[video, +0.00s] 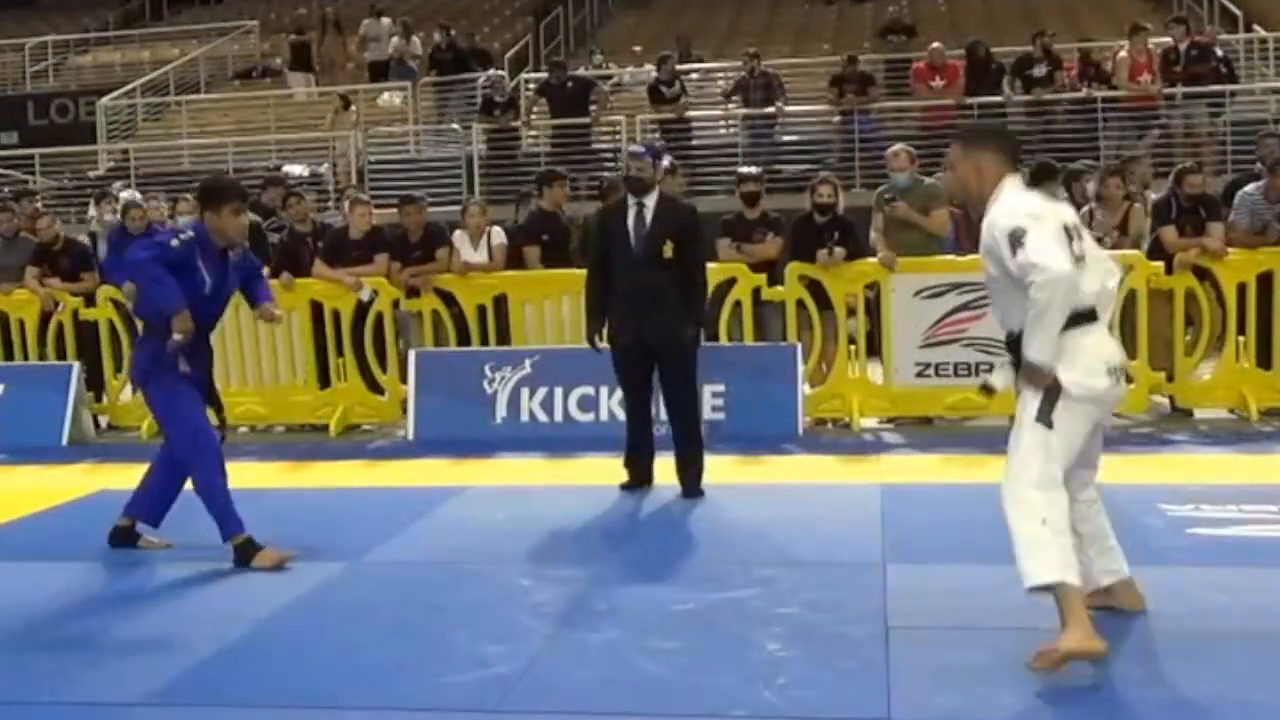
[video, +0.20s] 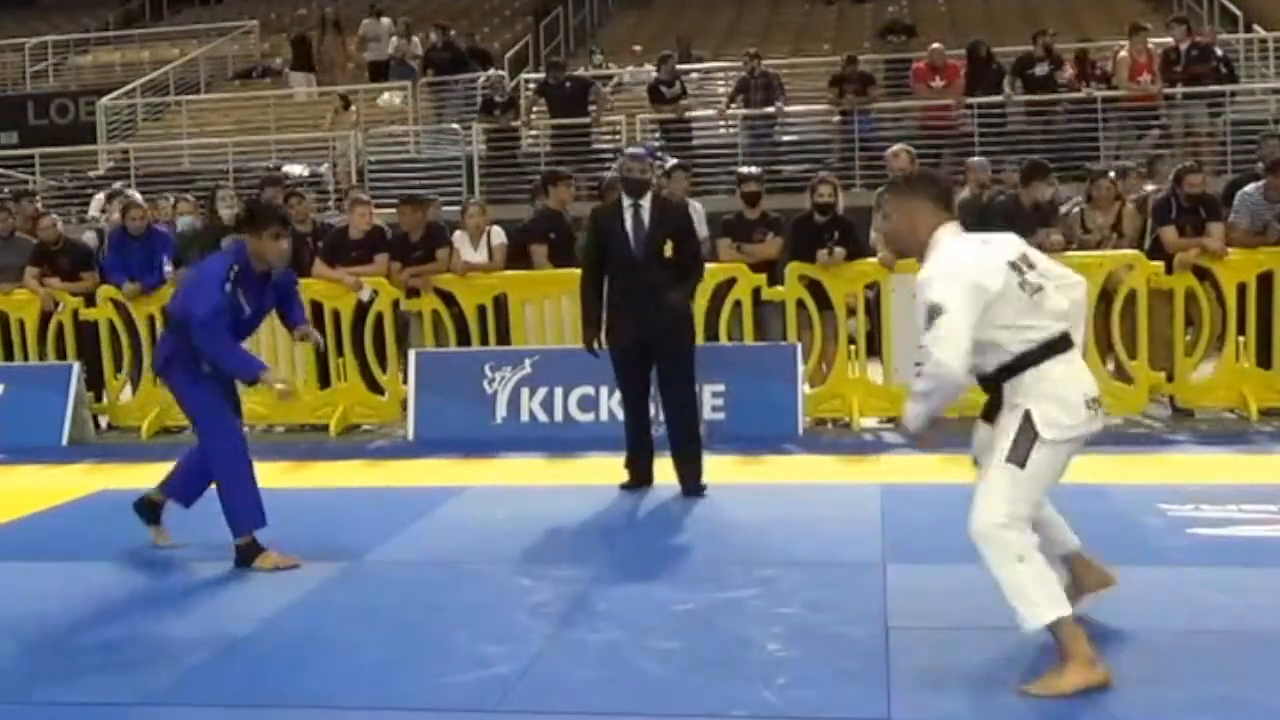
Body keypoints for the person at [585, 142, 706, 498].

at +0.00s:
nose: (633, 173)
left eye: (642, 167)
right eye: (630, 166)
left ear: (658, 172)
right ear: (624, 169)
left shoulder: (681, 214)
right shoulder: (606, 217)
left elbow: (694, 270)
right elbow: (597, 271)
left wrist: (695, 319)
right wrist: (595, 317)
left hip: (673, 323)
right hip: (626, 325)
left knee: (682, 405)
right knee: (635, 404)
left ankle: (690, 477)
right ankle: (638, 473)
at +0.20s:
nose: (636, 175)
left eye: (643, 169)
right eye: (630, 168)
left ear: (654, 173)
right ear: (619, 172)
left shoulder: (674, 210)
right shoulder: (602, 216)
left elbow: (693, 261)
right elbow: (592, 273)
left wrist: (679, 296)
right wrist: (591, 323)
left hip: (670, 318)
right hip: (625, 321)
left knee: (680, 399)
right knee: (633, 402)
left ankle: (690, 477)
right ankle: (638, 473)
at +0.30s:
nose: (640, 174)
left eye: (647, 168)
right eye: (634, 167)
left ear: (657, 173)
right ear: (622, 171)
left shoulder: (674, 209)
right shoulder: (601, 217)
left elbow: (697, 259)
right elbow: (592, 273)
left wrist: (671, 263)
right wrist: (591, 325)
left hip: (672, 319)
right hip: (625, 321)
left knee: (683, 398)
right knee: (634, 402)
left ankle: (695, 475)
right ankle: (639, 473)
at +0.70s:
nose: (668, 176)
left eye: (675, 170)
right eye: (662, 169)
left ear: (685, 175)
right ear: (650, 170)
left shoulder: (695, 210)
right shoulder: (623, 213)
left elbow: (711, 253)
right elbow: (608, 267)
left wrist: (683, 213)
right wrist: (606, 317)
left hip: (684, 317)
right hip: (640, 318)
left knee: (692, 400)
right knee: (642, 401)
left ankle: (700, 474)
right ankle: (639, 474)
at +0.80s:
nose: (677, 177)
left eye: (684, 171)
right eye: (671, 169)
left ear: (694, 175)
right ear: (659, 170)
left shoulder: (705, 211)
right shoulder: (633, 211)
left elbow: (720, 252)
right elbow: (617, 266)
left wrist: (692, 213)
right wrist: (614, 315)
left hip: (696, 312)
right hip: (648, 313)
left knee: (697, 391)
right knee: (644, 396)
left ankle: (698, 467)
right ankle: (640, 470)